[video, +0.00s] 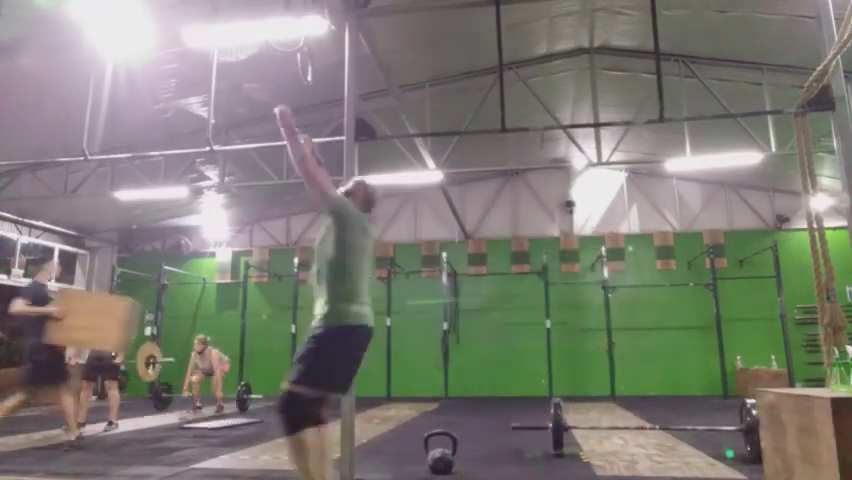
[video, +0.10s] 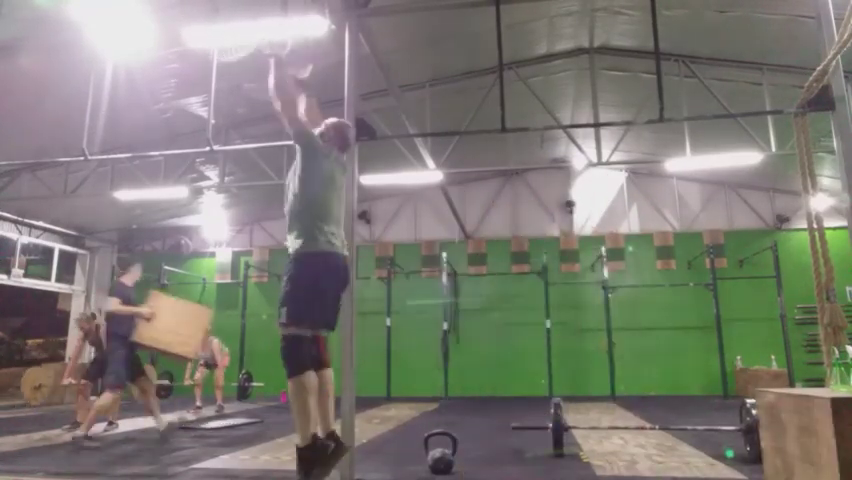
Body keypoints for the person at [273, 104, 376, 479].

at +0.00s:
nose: (343, 188)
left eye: (352, 187)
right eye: (347, 185)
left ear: (363, 202)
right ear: (351, 199)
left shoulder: (352, 219)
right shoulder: (349, 222)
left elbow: (308, 175)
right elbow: (326, 184)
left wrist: (287, 129)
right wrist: (311, 152)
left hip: (342, 325)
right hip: (344, 325)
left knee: (292, 405)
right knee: (315, 407)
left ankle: (308, 473)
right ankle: (322, 472)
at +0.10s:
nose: (323, 121)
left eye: (329, 122)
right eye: (330, 120)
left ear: (331, 135)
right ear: (341, 142)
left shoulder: (316, 150)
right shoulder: (336, 160)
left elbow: (283, 107)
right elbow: (307, 115)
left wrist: (272, 64)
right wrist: (300, 83)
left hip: (311, 257)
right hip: (333, 259)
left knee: (295, 345)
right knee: (316, 345)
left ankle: (307, 443)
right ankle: (326, 435)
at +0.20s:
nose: (311, 135)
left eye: (318, 133)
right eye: (316, 132)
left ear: (324, 141)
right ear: (336, 146)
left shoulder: (314, 162)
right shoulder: (337, 170)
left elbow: (292, 113)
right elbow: (319, 124)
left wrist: (289, 70)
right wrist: (311, 86)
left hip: (314, 269)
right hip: (337, 272)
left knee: (268, 346)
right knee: (288, 348)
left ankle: (247, 431)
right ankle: (272, 431)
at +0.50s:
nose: (270, 141)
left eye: (272, 139)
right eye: (272, 138)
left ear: (274, 150)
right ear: (287, 151)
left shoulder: (268, 171)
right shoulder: (291, 176)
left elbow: (252, 122)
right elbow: (282, 129)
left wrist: (258, 78)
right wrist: (287, 88)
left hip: (259, 276)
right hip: (282, 277)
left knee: (240, 361)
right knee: (260, 364)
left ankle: (249, 452)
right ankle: (255, 448)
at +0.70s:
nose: (351, 133)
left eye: (355, 131)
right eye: (353, 129)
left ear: (359, 138)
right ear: (377, 147)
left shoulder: (348, 158)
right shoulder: (374, 177)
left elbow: (329, 103)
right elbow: (357, 123)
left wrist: (327, 61)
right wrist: (358, 89)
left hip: (288, 237)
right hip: (308, 247)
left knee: (285, 141)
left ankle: (229, 134)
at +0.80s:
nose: (272, 151)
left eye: (276, 148)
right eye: (277, 148)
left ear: (281, 158)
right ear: (290, 160)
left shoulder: (281, 176)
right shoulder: (296, 179)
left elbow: (271, 124)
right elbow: (297, 133)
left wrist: (275, 79)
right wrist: (299, 95)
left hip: (285, 277)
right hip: (300, 275)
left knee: (288, 380)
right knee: (291, 373)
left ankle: (322, 449)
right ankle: (321, 446)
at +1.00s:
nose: (323, 135)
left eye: (330, 135)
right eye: (327, 133)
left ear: (337, 150)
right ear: (343, 154)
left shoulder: (328, 172)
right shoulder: (329, 174)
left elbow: (309, 111)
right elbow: (313, 122)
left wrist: (307, 63)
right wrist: (314, 82)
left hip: (303, 270)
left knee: (234, 304)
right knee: (231, 301)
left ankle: (212, 372)